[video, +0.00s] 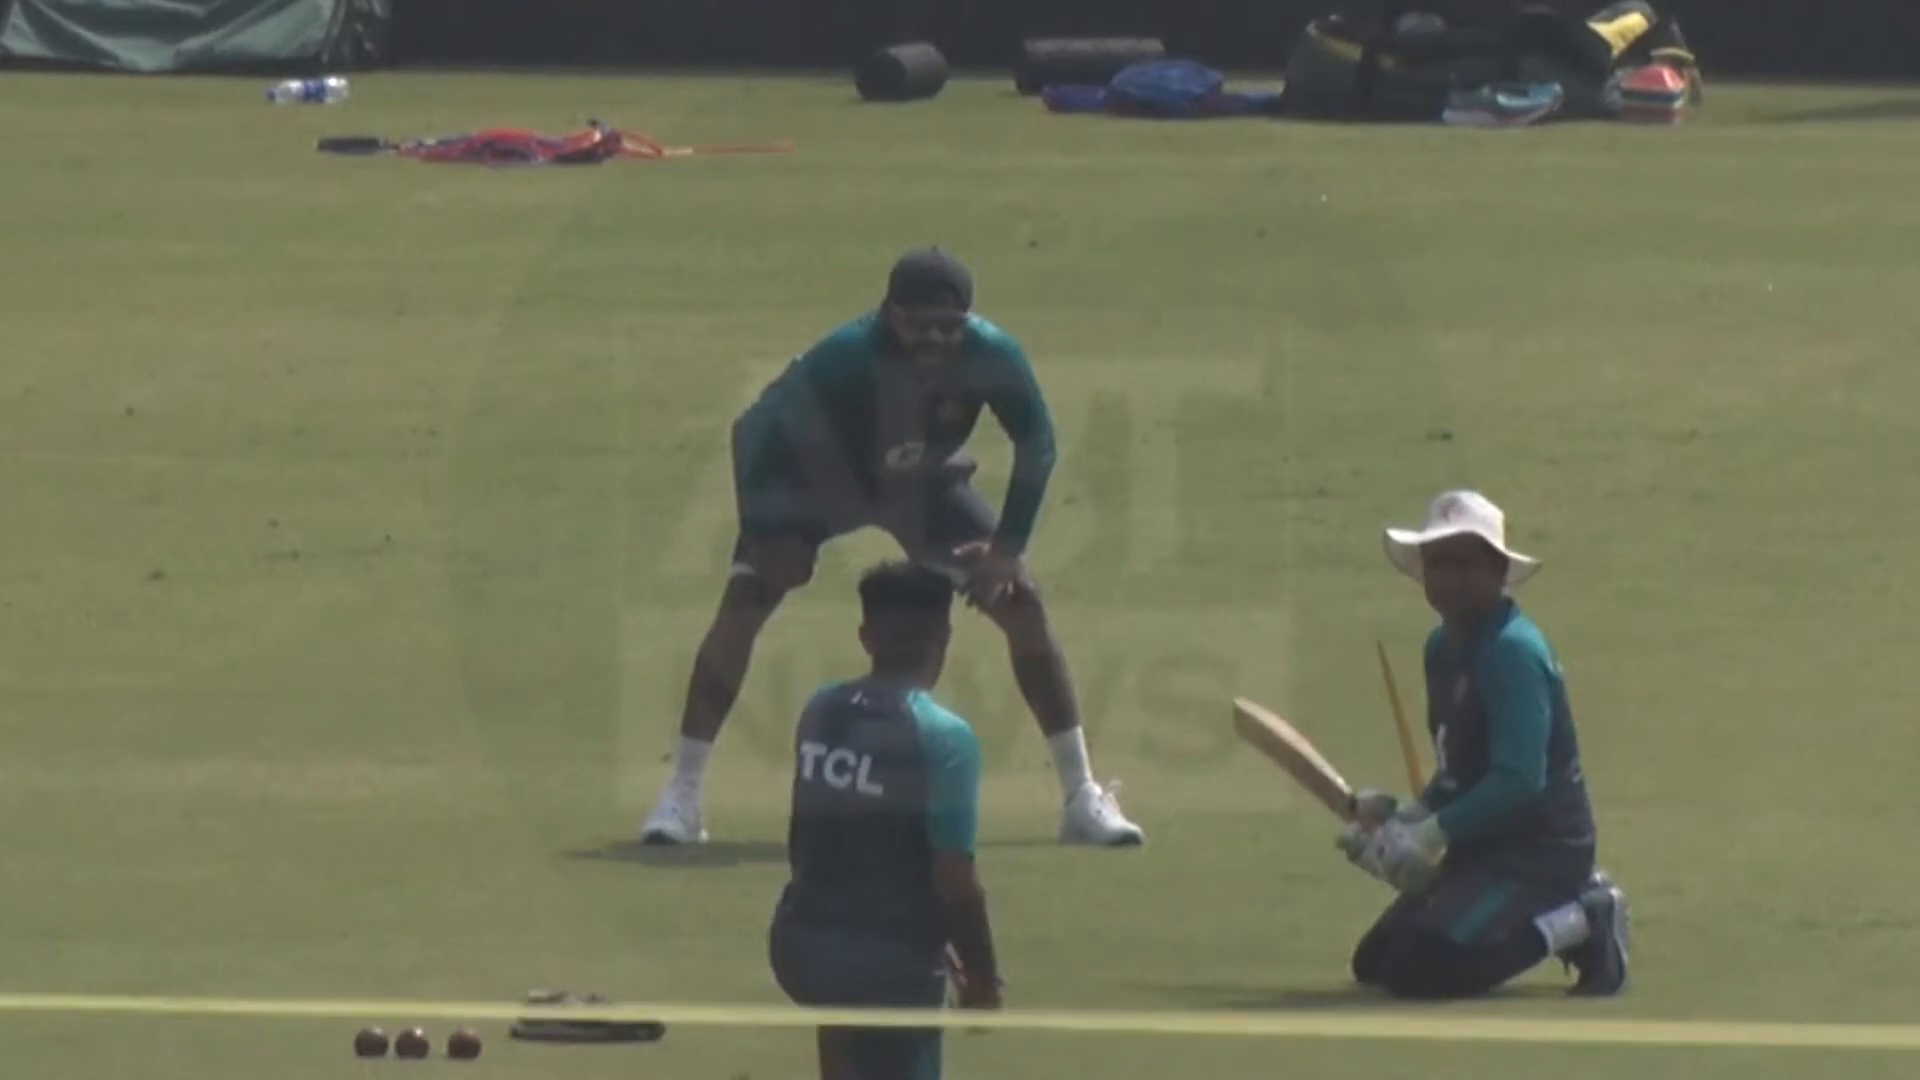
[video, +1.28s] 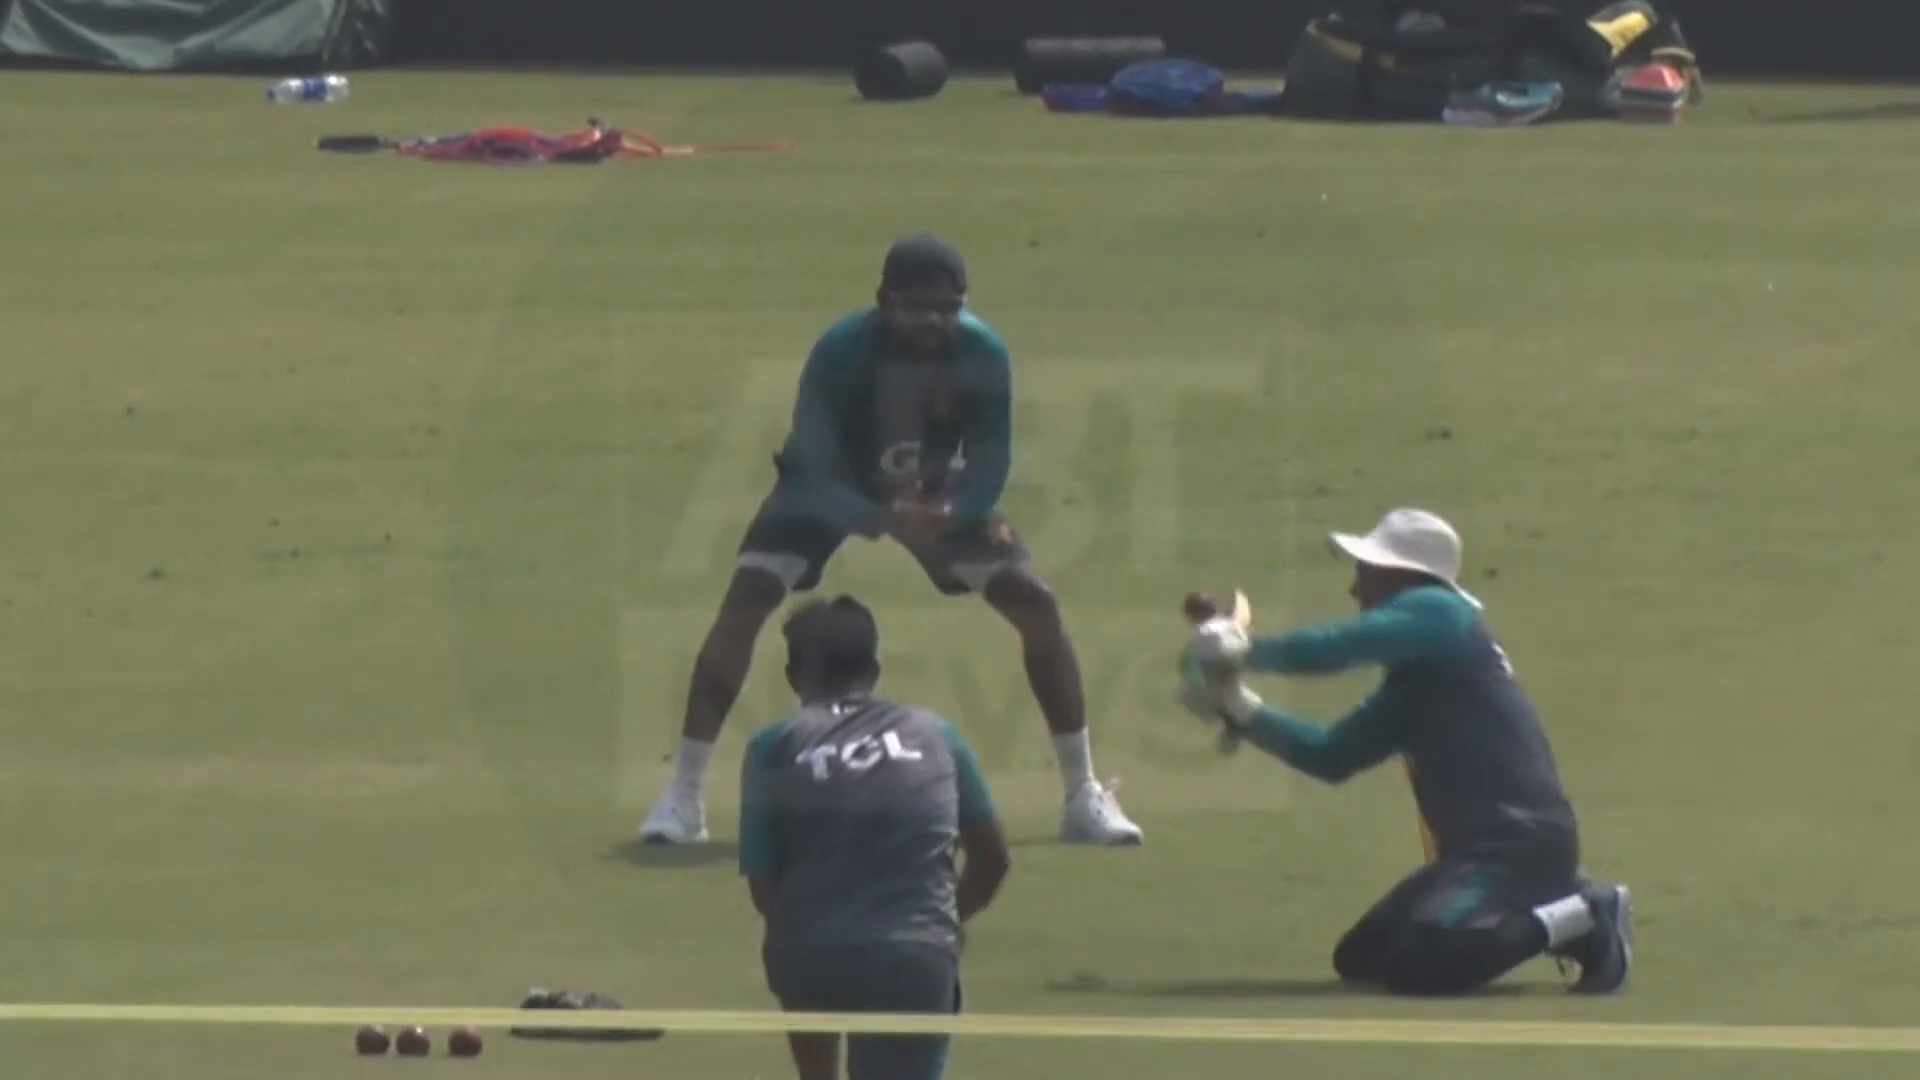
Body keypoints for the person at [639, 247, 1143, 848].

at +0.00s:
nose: (929, 342)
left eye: (943, 329)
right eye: (915, 327)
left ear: (964, 320)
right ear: (889, 315)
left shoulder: (994, 358)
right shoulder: (844, 357)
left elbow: (1037, 444)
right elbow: (755, 429)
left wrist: (1008, 545)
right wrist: (767, 536)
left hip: (922, 485)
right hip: (812, 481)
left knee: (1023, 610)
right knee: (744, 604)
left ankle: (1084, 795)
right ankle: (682, 796)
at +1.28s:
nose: (933, 323)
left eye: (946, 309)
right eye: (918, 310)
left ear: (961, 304)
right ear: (885, 302)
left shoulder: (983, 356)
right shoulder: (840, 352)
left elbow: (990, 462)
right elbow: (814, 475)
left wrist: (955, 518)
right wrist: (887, 522)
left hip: (934, 499)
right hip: (832, 494)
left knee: (1037, 608)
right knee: (747, 599)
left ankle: (1085, 795)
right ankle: (684, 794)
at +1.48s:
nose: (985, 367)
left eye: (997, 352)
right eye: (970, 351)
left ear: (1010, 351)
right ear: (935, 345)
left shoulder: (1022, 400)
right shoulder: (889, 385)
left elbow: (1052, 527)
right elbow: (880, 523)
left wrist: (1028, 532)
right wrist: (965, 529)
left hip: (950, 512)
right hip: (841, 503)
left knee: (1051, 607)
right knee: (753, 599)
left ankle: (1086, 796)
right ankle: (685, 795)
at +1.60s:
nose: (1082, 438)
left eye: (1090, 425)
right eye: (1071, 422)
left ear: (1097, 417)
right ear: (1032, 404)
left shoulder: (1091, 463)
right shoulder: (956, 428)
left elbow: (1140, 569)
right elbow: (907, 553)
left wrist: (1188, 652)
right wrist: (993, 588)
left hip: (976, 512)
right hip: (877, 490)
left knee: (1073, 604)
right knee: (779, 604)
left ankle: (1085, 799)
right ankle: (686, 795)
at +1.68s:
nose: (1156, 488)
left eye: (1161, 476)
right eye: (1148, 473)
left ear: (1150, 462)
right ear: (1108, 457)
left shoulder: (1132, 486)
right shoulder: (1020, 453)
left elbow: (1181, 586)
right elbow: (920, 544)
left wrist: (1246, 689)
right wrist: (971, 643)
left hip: (987, 508)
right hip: (895, 484)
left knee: (1095, 603)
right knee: (795, 620)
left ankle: (1088, 797)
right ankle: (686, 789)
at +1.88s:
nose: (1253, 497)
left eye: (1260, 486)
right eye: (1254, 483)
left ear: (1232, 447)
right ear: (1233, 460)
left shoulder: (1179, 465)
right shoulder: (1133, 460)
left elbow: (1172, 549)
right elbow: (1026, 565)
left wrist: (1188, 630)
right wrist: (998, 669)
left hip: (1017, 489)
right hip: (933, 468)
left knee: (1126, 601)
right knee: (843, 636)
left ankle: (1091, 797)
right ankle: (696, 786)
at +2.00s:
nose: (1276, 437)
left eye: (1283, 425)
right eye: (1282, 425)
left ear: (1242, 383)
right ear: (1263, 414)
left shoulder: (1189, 406)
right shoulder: (1178, 424)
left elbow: (1098, 498)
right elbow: (1089, 533)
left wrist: (1073, 558)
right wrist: (1078, 643)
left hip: (1030, 478)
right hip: (951, 455)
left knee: (1126, 603)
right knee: (876, 630)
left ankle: (1089, 798)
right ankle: (716, 776)